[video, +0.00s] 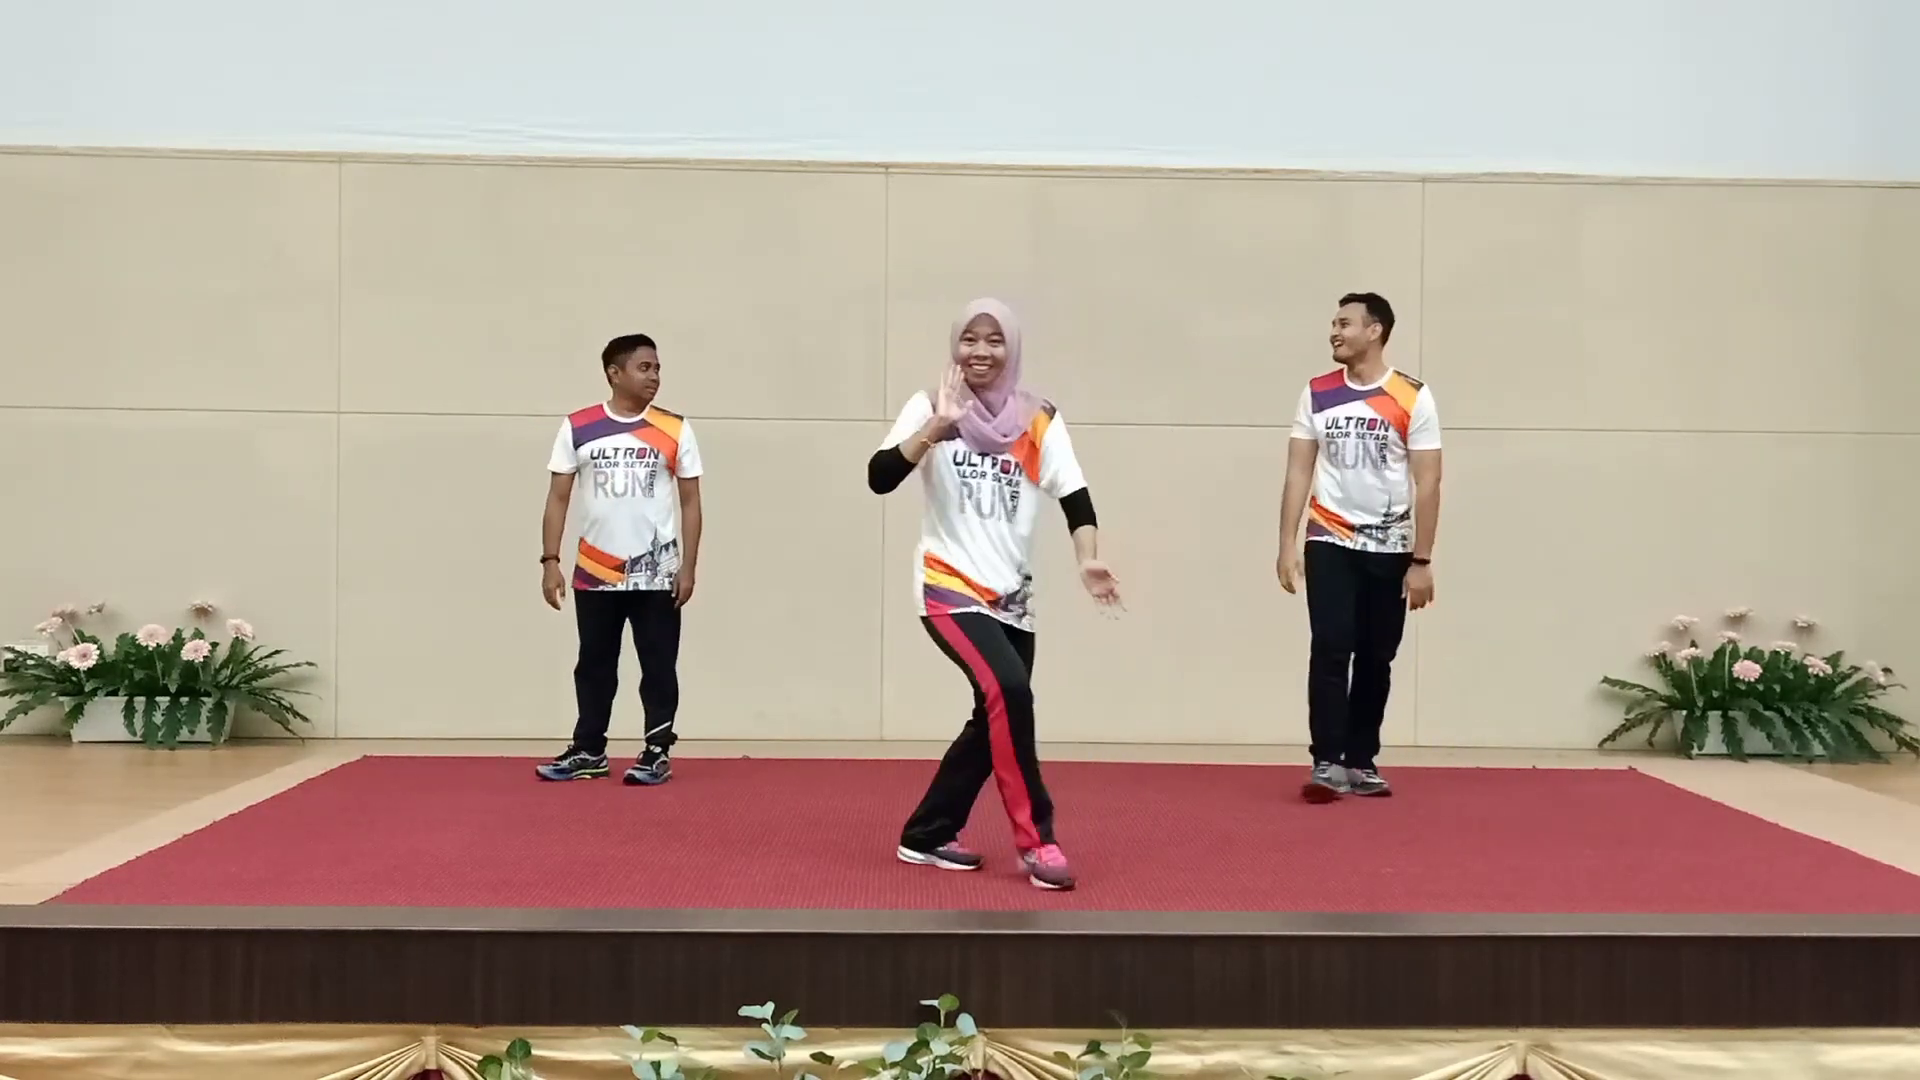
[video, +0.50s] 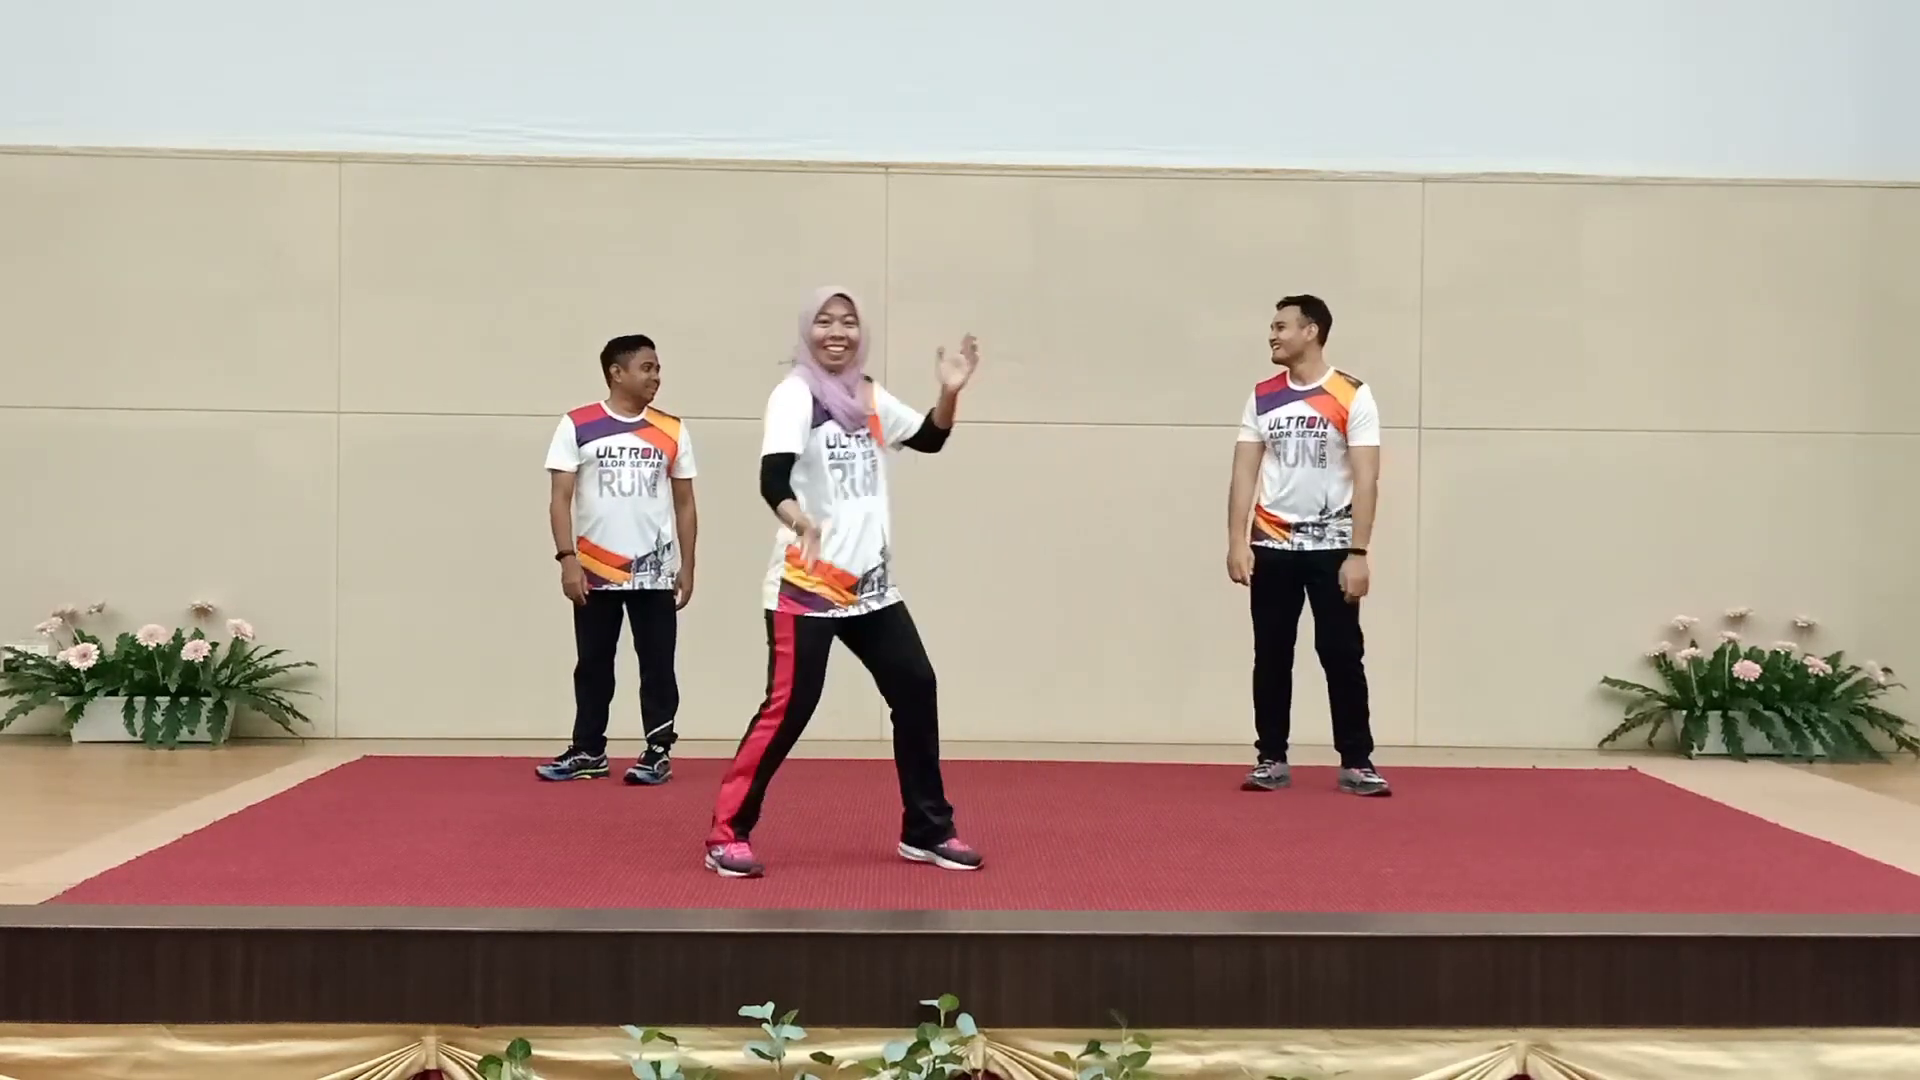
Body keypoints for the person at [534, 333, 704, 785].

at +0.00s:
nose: (655, 375)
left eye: (657, 368)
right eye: (645, 367)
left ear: (657, 373)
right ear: (614, 373)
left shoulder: (676, 431)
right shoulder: (578, 427)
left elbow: (690, 501)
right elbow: (558, 497)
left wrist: (689, 564)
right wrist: (550, 560)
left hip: (656, 574)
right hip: (597, 573)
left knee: (658, 668)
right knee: (594, 666)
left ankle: (657, 754)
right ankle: (589, 752)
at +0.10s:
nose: (657, 376)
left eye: (658, 368)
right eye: (647, 367)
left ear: (656, 373)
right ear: (615, 373)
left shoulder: (675, 431)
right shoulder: (578, 425)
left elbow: (688, 502)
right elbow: (558, 497)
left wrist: (690, 566)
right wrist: (554, 560)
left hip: (657, 573)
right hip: (596, 571)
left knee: (658, 667)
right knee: (593, 666)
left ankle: (657, 753)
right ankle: (588, 752)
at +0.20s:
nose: (657, 375)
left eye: (658, 367)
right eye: (647, 367)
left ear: (656, 373)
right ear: (616, 373)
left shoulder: (674, 430)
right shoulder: (578, 425)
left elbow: (687, 502)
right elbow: (559, 496)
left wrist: (691, 566)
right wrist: (557, 560)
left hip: (657, 571)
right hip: (596, 570)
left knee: (658, 666)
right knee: (593, 666)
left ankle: (657, 754)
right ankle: (588, 752)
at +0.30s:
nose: (657, 375)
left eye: (658, 368)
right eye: (647, 368)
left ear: (655, 373)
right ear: (616, 373)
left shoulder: (674, 430)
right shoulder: (578, 424)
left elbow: (687, 503)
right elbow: (560, 497)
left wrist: (691, 565)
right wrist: (563, 560)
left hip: (657, 571)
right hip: (596, 570)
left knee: (658, 666)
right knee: (593, 666)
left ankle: (657, 754)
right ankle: (588, 752)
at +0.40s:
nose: (657, 376)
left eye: (657, 368)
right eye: (647, 368)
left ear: (654, 373)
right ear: (616, 373)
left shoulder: (673, 430)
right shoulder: (578, 424)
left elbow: (686, 503)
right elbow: (561, 499)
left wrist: (690, 565)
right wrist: (567, 559)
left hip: (657, 570)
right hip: (596, 570)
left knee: (658, 666)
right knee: (593, 666)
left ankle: (657, 753)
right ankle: (588, 752)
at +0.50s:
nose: (657, 375)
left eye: (658, 367)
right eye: (647, 368)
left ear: (654, 373)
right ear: (616, 373)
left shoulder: (673, 431)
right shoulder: (577, 424)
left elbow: (684, 504)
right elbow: (560, 498)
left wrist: (687, 565)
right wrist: (567, 559)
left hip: (656, 570)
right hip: (596, 570)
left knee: (658, 666)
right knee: (592, 667)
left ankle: (658, 753)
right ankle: (588, 752)